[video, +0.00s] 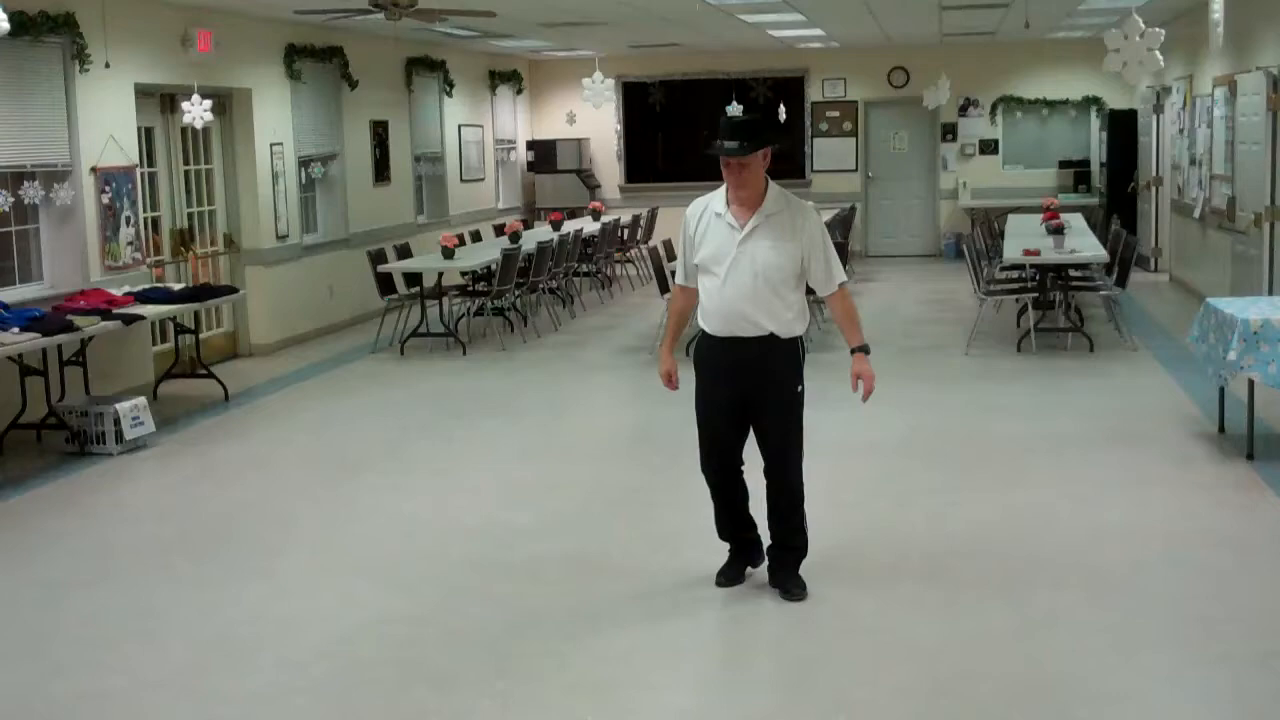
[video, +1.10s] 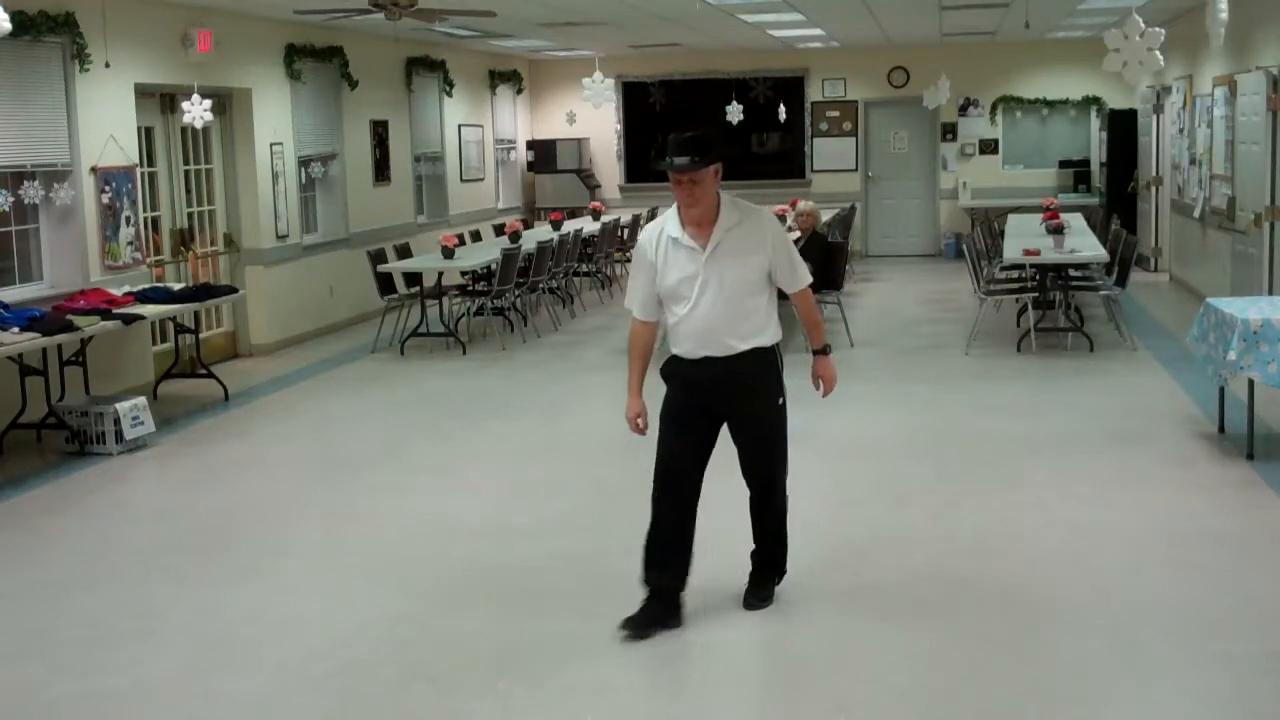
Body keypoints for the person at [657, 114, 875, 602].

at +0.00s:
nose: (731, 169)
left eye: (742, 160)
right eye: (725, 160)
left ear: (765, 156)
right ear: (718, 160)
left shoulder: (800, 216)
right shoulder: (699, 214)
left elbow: (834, 289)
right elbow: (686, 287)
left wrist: (860, 352)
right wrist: (667, 347)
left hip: (777, 356)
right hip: (716, 356)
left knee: (783, 468)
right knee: (717, 464)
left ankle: (787, 565)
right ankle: (742, 547)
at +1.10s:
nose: (683, 194)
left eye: (693, 183)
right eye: (675, 184)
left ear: (717, 174)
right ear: (666, 181)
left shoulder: (761, 226)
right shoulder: (654, 239)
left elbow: (800, 288)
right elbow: (645, 319)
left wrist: (821, 351)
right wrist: (635, 391)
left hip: (754, 373)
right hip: (688, 377)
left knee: (766, 482)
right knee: (672, 486)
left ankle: (766, 573)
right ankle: (662, 598)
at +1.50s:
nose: (625, 180)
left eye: (636, 170)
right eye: (618, 170)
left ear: (659, 169)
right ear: (607, 171)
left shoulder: (698, 225)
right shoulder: (583, 234)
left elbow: (727, 293)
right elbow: (561, 317)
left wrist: (757, 350)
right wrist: (565, 386)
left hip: (686, 374)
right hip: (618, 378)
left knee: (707, 475)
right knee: (620, 499)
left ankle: (692, 556)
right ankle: (632, 610)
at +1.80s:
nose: (605, 188)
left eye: (616, 177)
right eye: (596, 177)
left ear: (638, 176)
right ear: (584, 178)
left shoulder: (670, 240)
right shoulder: (555, 239)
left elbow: (686, 326)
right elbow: (526, 316)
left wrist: (689, 403)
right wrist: (507, 377)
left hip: (639, 391)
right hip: (571, 388)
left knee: (616, 502)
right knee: (557, 494)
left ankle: (599, 582)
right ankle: (591, 605)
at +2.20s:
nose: (612, 175)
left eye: (622, 166)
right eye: (601, 165)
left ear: (638, 175)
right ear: (582, 173)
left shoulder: (664, 247)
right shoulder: (549, 237)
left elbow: (664, 340)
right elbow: (522, 307)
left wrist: (618, 394)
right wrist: (491, 363)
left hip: (631, 397)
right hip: (558, 393)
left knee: (636, 527)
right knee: (556, 520)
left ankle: (654, 656)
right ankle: (568, 626)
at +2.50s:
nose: (637, 162)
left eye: (649, 153)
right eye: (626, 152)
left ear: (665, 164)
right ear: (606, 161)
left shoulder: (686, 240)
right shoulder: (586, 226)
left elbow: (698, 341)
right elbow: (577, 303)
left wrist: (692, 429)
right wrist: (553, 364)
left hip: (660, 400)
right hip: (595, 395)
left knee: (660, 538)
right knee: (589, 511)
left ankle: (661, 665)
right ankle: (639, 605)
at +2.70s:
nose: (653, 175)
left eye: (663, 165)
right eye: (641, 164)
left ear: (679, 173)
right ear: (620, 172)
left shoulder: (710, 247)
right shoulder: (596, 239)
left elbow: (754, 338)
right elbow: (588, 325)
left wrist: (774, 423)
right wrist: (575, 397)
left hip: (689, 404)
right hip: (623, 403)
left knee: (676, 539)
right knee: (667, 534)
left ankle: (668, 665)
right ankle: (735, 621)